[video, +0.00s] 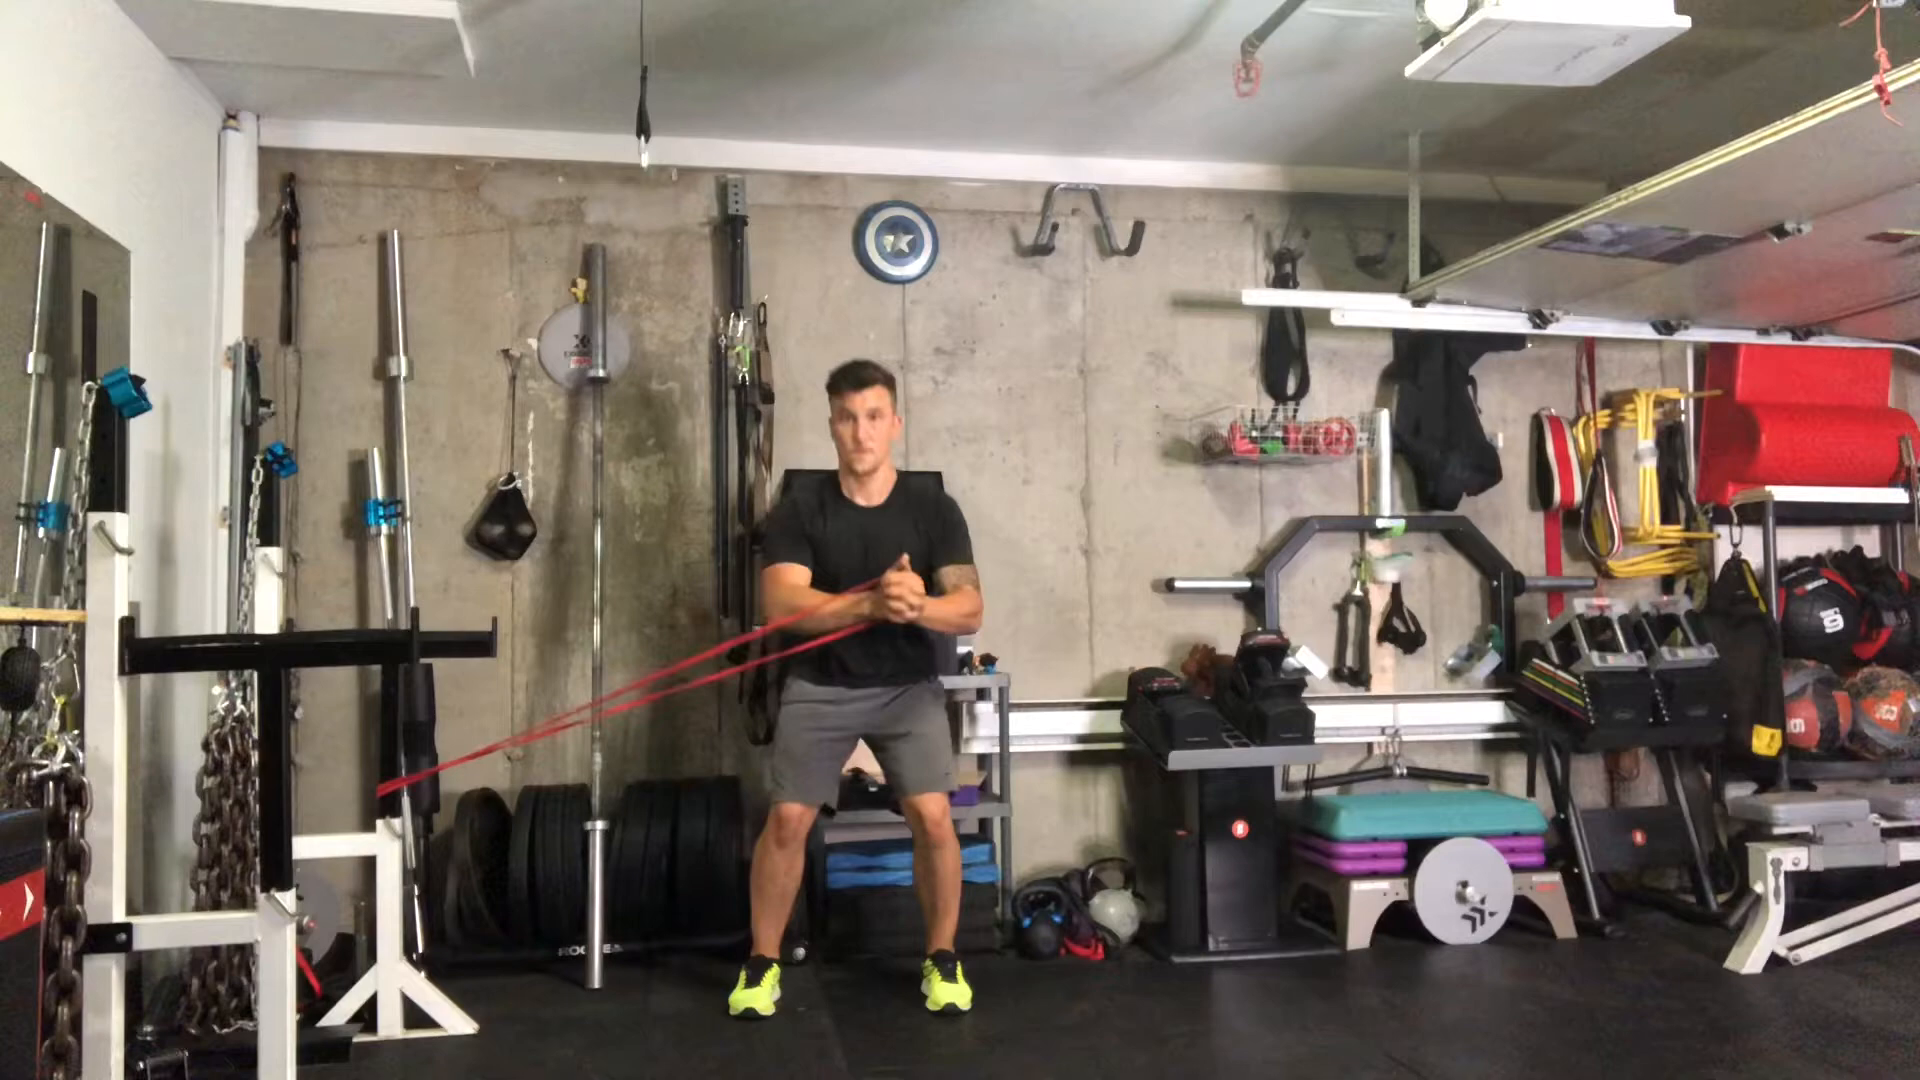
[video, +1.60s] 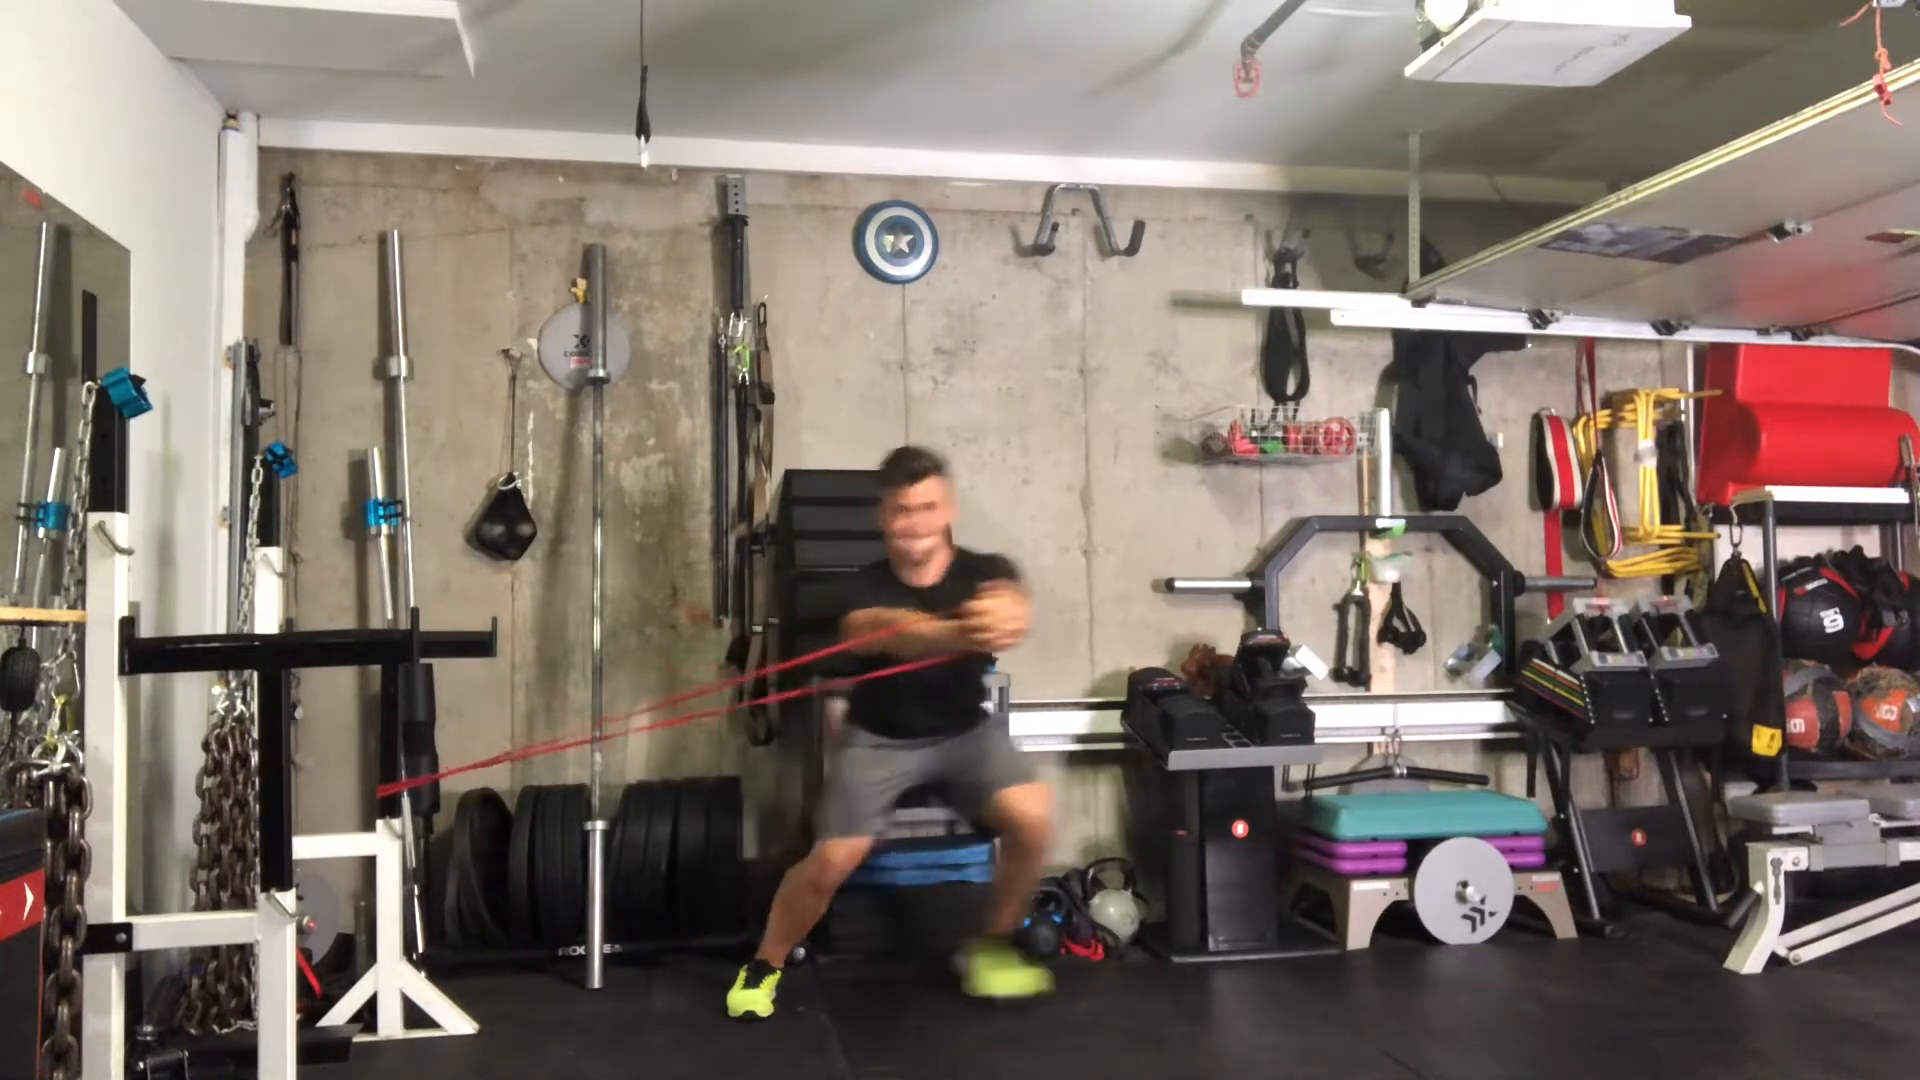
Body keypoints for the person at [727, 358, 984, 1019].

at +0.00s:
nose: (860, 431)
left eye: (874, 417)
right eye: (848, 418)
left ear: (896, 423)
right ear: (832, 425)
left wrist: (917, 608)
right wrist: (867, 603)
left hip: (908, 691)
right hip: (817, 692)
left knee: (933, 814)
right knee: (787, 817)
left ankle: (943, 958)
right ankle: (762, 964)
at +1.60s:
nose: (911, 524)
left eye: (925, 509)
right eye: (899, 510)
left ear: (950, 512)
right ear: (882, 518)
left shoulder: (986, 574)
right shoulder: (865, 591)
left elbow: (1013, 611)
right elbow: (877, 637)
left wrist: (1003, 618)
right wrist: (968, 632)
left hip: (967, 736)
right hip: (879, 742)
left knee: (1034, 818)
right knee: (832, 860)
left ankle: (994, 945)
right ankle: (765, 965)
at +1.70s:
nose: (979, 500)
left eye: (992, 485)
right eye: (967, 487)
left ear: (1017, 486)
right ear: (952, 492)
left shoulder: (1039, 559)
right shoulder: (923, 575)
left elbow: (1093, 586)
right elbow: (983, 607)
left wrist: (1105, 591)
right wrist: (1058, 604)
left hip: (1010, 729)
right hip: (921, 737)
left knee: (1108, 801)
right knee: (848, 854)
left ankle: (1133, 937)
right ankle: (765, 966)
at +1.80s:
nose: (1065, 471)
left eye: (1077, 456)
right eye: (1052, 458)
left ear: (1103, 456)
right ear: (1036, 464)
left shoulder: (1126, 527)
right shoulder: (1016, 542)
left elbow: (1167, 562)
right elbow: (1083, 573)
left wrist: (1210, 547)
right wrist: (1166, 561)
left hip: (1077, 711)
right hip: (991, 717)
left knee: (1170, 812)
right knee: (914, 834)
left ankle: (1190, 973)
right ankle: (780, 955)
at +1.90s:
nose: (1150, 458)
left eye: (1163, 443)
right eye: (1138, 445)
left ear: (1185, 448)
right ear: (1119, 451)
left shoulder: (1205, 517)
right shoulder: (1089, 527)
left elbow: (1249, 547)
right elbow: (1156, 552)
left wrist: (1270, 532)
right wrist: (1233, 543)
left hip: (1159, 695)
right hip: (1080, 692)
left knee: (1222, 813)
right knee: (1039, 807)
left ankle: (1192, 971)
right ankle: (943, 924)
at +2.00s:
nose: (1220, 456)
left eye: (1234, 442)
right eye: (1207, 443)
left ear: (1253, 449)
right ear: (1187, 449)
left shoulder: (1275, 516)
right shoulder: (1153, 525)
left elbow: (1325, 541)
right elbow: (1211, 553)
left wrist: (1332, 535)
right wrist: (1295, 551)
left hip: (1233, 680)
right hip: (1150, 681)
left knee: (1305, 792)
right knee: (1157, 804)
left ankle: (1245, 942)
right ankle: (1112, 958)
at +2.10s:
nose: (1285, 459)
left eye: (1299, 445)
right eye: (1271, 445)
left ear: (1321, 449)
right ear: (1251, 450)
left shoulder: (1339, 520)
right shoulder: (1224, 527)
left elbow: (1383, 550)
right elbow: (1269, 555)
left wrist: (1411, 539)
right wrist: (1362, 545)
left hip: (1294, 689)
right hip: (1211, 696)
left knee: (1409, 783)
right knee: (1195, 830)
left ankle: (1404, 924)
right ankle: (1127, 969)